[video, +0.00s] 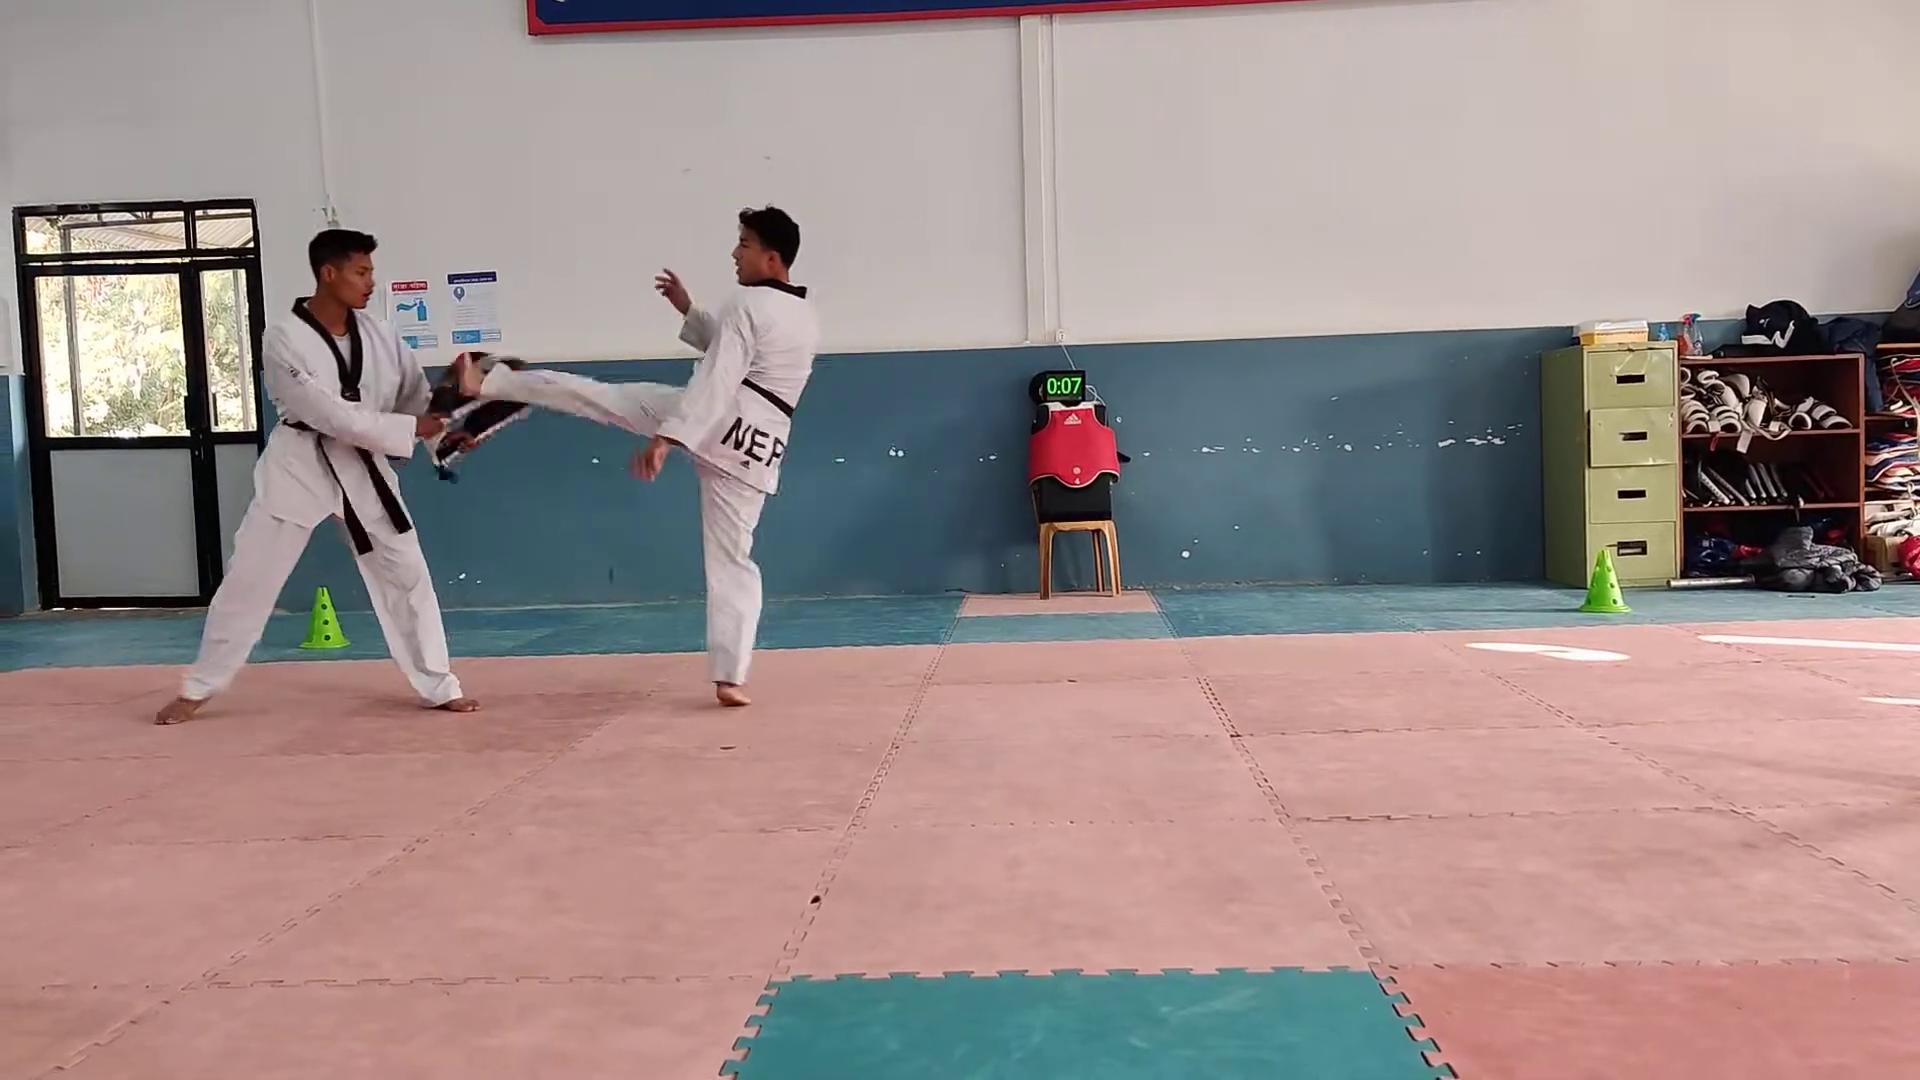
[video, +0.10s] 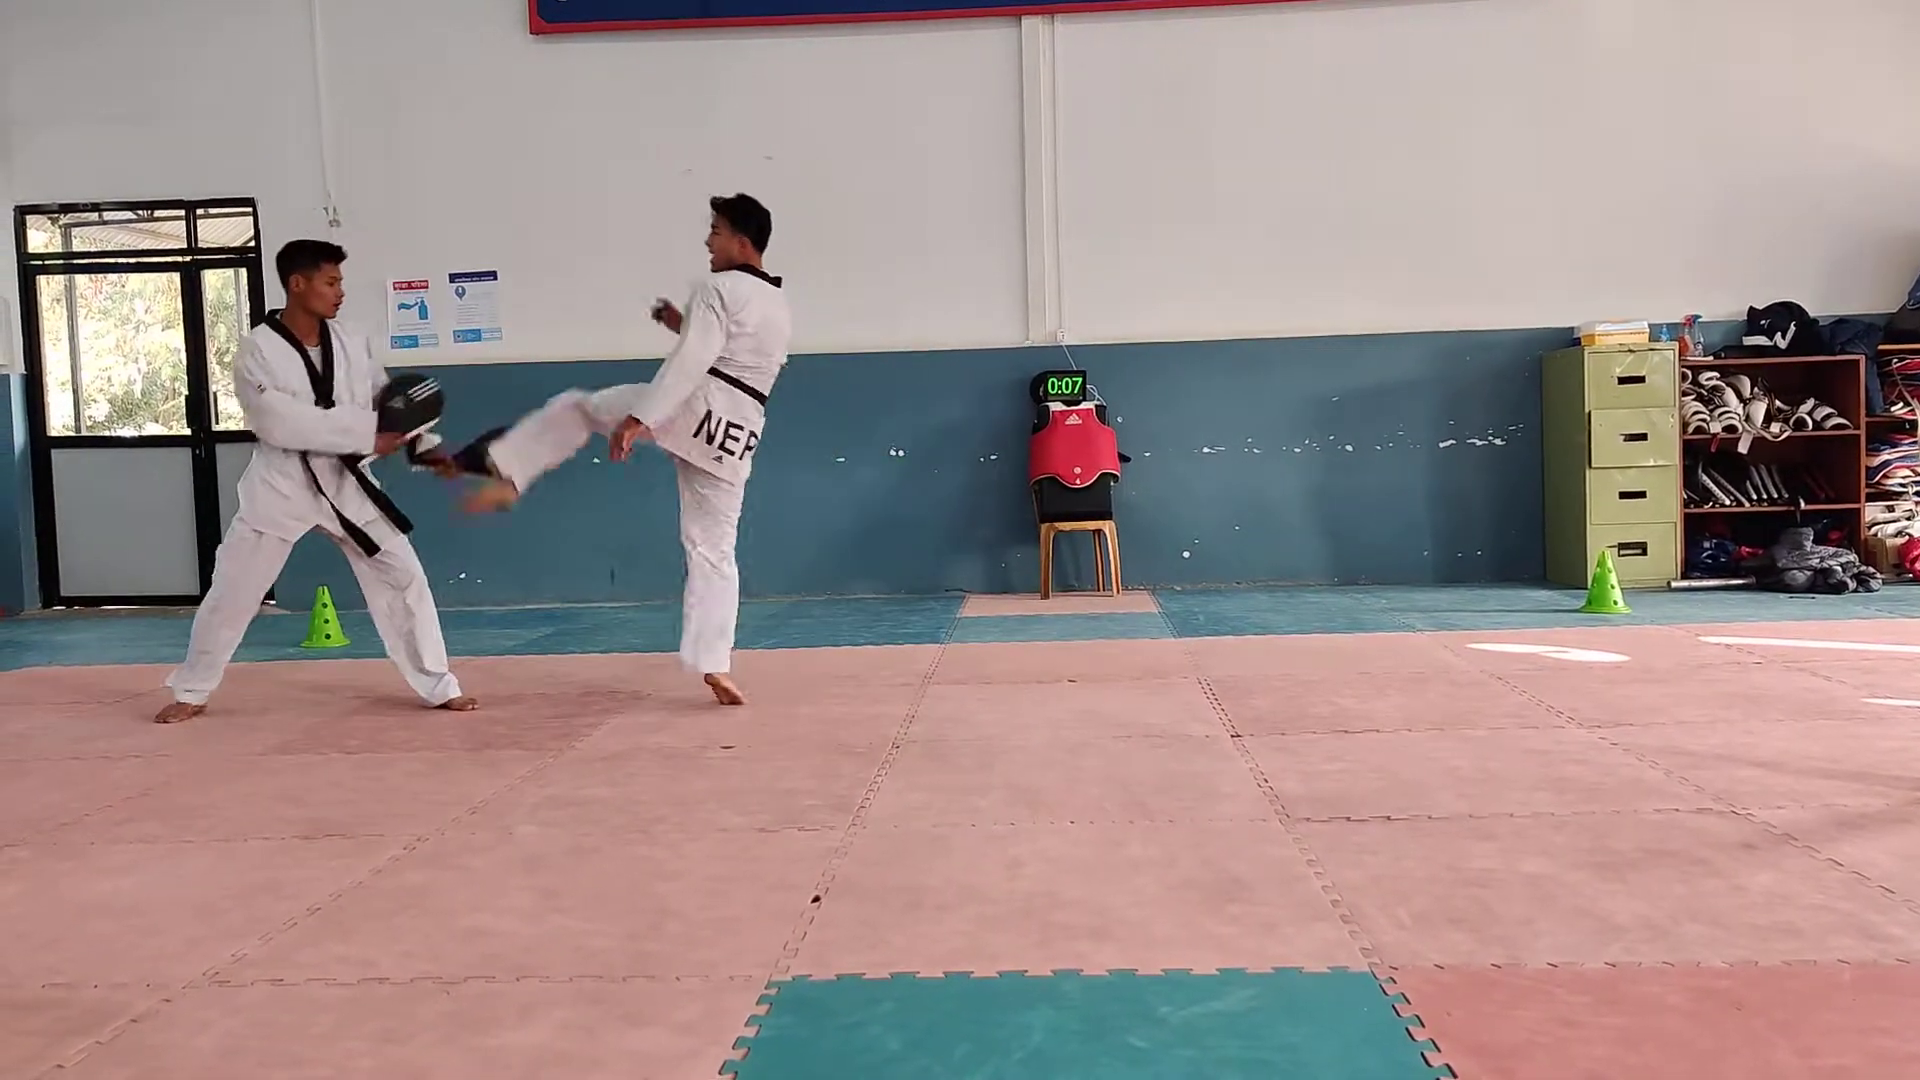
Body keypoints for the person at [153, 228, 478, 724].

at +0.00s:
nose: (371, 282)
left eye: (371, 272)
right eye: (362, 273)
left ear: (348, 276)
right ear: (327, 274)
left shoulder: (377, 332)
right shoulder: (285, 337)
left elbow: (414, 397)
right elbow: (322, 411)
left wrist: (455, 397)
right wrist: (411, 427)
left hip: (365, 462)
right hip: (299, 464)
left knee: (406, 570)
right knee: (250, 573)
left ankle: (439, 684)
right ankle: (197, 689)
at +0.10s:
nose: (341, 292)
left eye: (341, 283)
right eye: (331, 283)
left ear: (316, 286)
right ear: (297, 285)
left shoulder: (349, 340)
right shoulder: (258, 349)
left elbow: (384, 403)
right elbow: (275, 422)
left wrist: (426, 447)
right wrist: (368, 435)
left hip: (346, 478)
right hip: (279, 482)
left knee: (403, 573)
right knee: (233, 588)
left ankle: (438, 684)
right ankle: (189, 692)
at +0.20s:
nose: (337, 300)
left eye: (337, 290)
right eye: (327, 290)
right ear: (294, 293)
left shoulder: (350, 354)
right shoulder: (252, 359)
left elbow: (369, 433)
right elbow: (239, 443)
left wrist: (392, 480)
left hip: (347, 487)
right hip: (275, 489)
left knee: (406, 573)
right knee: (234, 594)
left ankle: (438, 684)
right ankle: (194, 695)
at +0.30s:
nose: (358, 306)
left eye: (358, 296)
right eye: (348, 296)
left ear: (331, 299)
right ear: (315, 298)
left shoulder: (361, 359)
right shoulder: (261, 364)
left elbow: (368, 442)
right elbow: (238, 450)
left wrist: (375, 499)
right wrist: (300, 494)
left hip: (352, 494)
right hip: (281, 497)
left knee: (417, 569)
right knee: (239, 598)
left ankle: (443, 684)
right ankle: (198, 695)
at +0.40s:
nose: (402, 306)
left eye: (402, 297)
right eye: (393, 296)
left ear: (375, 299)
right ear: (361, 297)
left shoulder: (393, 360)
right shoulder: (306, 355)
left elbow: (397, 438)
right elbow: (272, 434)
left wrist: (401, 485)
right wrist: (339, 479)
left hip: (376, 490)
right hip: (308, 492)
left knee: (431, 567)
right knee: (254, 592)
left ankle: (448, 684)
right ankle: (198, 693)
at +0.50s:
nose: (452, 302)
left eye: (453, 292)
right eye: (446, 291)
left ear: (424, 292)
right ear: (414, 288)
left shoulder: (423, 357)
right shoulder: (366, 342)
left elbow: (408, 436)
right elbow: (350, 417)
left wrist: (427, 479)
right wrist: (430, 458)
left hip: (399, 479)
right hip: (345, 475)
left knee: (446, 568)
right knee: (294, 585)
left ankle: (450, 683)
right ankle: (205, 676)